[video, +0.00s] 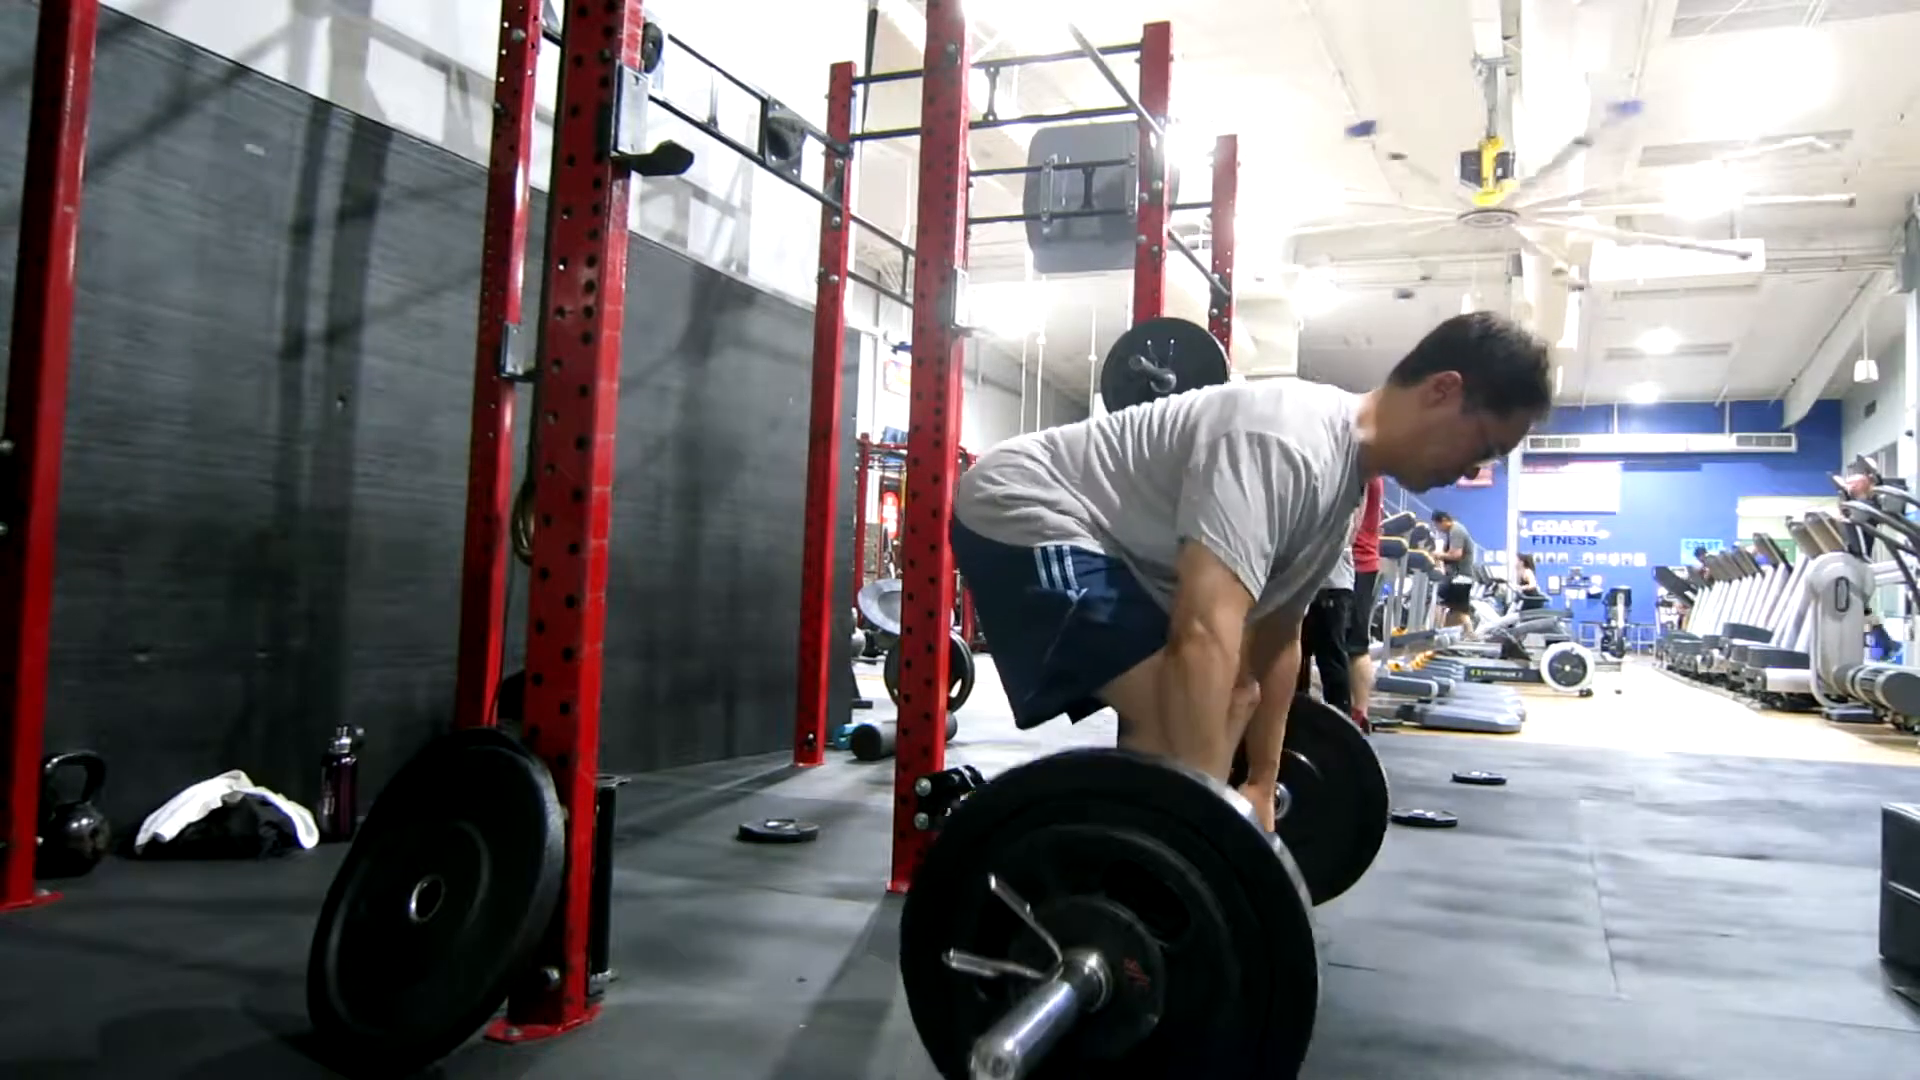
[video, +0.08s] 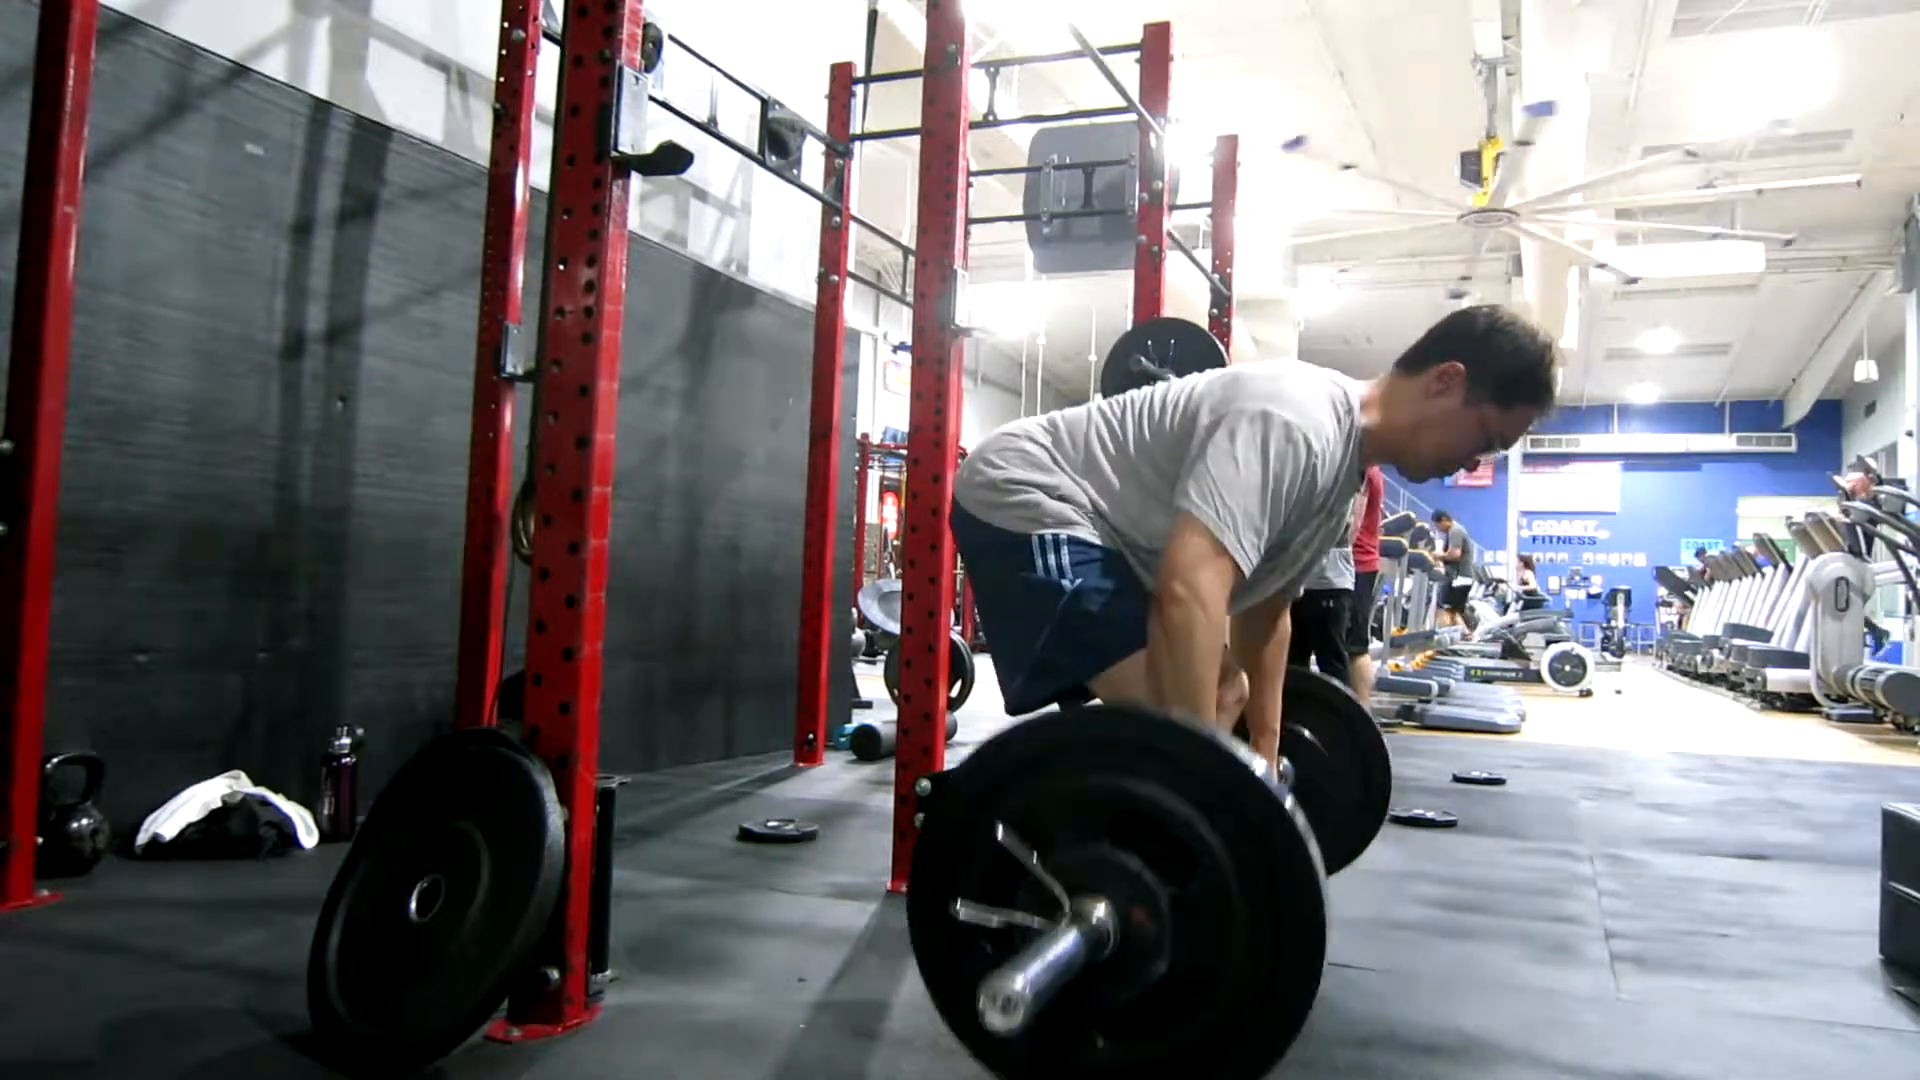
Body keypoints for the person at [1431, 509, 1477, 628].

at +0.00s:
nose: (1438, 528)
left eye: (1438, 524)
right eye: (1437, 525)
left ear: (1444, 520)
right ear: (1444, 520)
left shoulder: (1456, 530)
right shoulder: (1452, 531)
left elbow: (1457, 554)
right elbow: (1448, 551)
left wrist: (1439, 555)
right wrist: (1439, 555)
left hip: (1462, 576)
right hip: (1455, 575)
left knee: (1460, 611)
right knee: (1454, 611)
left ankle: (1470, 637)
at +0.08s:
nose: (1438, 527)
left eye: (1438, 524)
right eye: (1436, 524)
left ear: (1444, 520)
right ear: (1444, 520)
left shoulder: (1456, 531)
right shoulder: (1453, 531)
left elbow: (1455, 554)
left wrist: (1439, 555)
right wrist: (1439, 555)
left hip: (1459, 576)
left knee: (1446, 609)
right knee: (1457, 610)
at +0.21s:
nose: (1438, 531)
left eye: (1438, 527)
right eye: (1436, 528)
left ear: (1443, 523)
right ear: (1444, 523)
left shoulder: (1455, 533)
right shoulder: (1450, 535)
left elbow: (1453, 556)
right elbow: (1446, 554)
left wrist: (1441, 561)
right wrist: (1440, 559)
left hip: (1460, 579)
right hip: (1453, 578)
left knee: (1456, 614)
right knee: (1449, 613)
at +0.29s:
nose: (1438, 529)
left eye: (1438, 526)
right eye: (1437, 526)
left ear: (1443, 522)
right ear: (1443, 522)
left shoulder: (1454, 532)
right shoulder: (1450, 533)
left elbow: (1453, 555)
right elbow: (1446, 553)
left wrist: (1439, 559)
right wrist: (1439, 558)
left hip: (1461, 577)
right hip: (1453, 576)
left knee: (1457, 612)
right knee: (1449, 610)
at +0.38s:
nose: (1438, 528)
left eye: (1438, 525)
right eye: (1436, 526)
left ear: (1444, 520)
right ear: (1443, 521)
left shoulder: (1455, 530)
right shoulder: (1450, 532)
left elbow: (1455, 552)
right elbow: (1449, 550)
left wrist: (1442, 561)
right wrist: (1439, 555)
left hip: (1461, 575)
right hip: (1453, 574)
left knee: (1453, 609)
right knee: (1444, 606)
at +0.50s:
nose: (1438, 529)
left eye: (1439, 525)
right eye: (1437, 526)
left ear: (1445, 522)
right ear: (1444, 522)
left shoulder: (1458, 532)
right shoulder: (1451, 536)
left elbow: (1463, 549)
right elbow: (1447, 555)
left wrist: (1447, 566)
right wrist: (1435, 557)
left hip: (1460, 579)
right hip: (1454, 578)